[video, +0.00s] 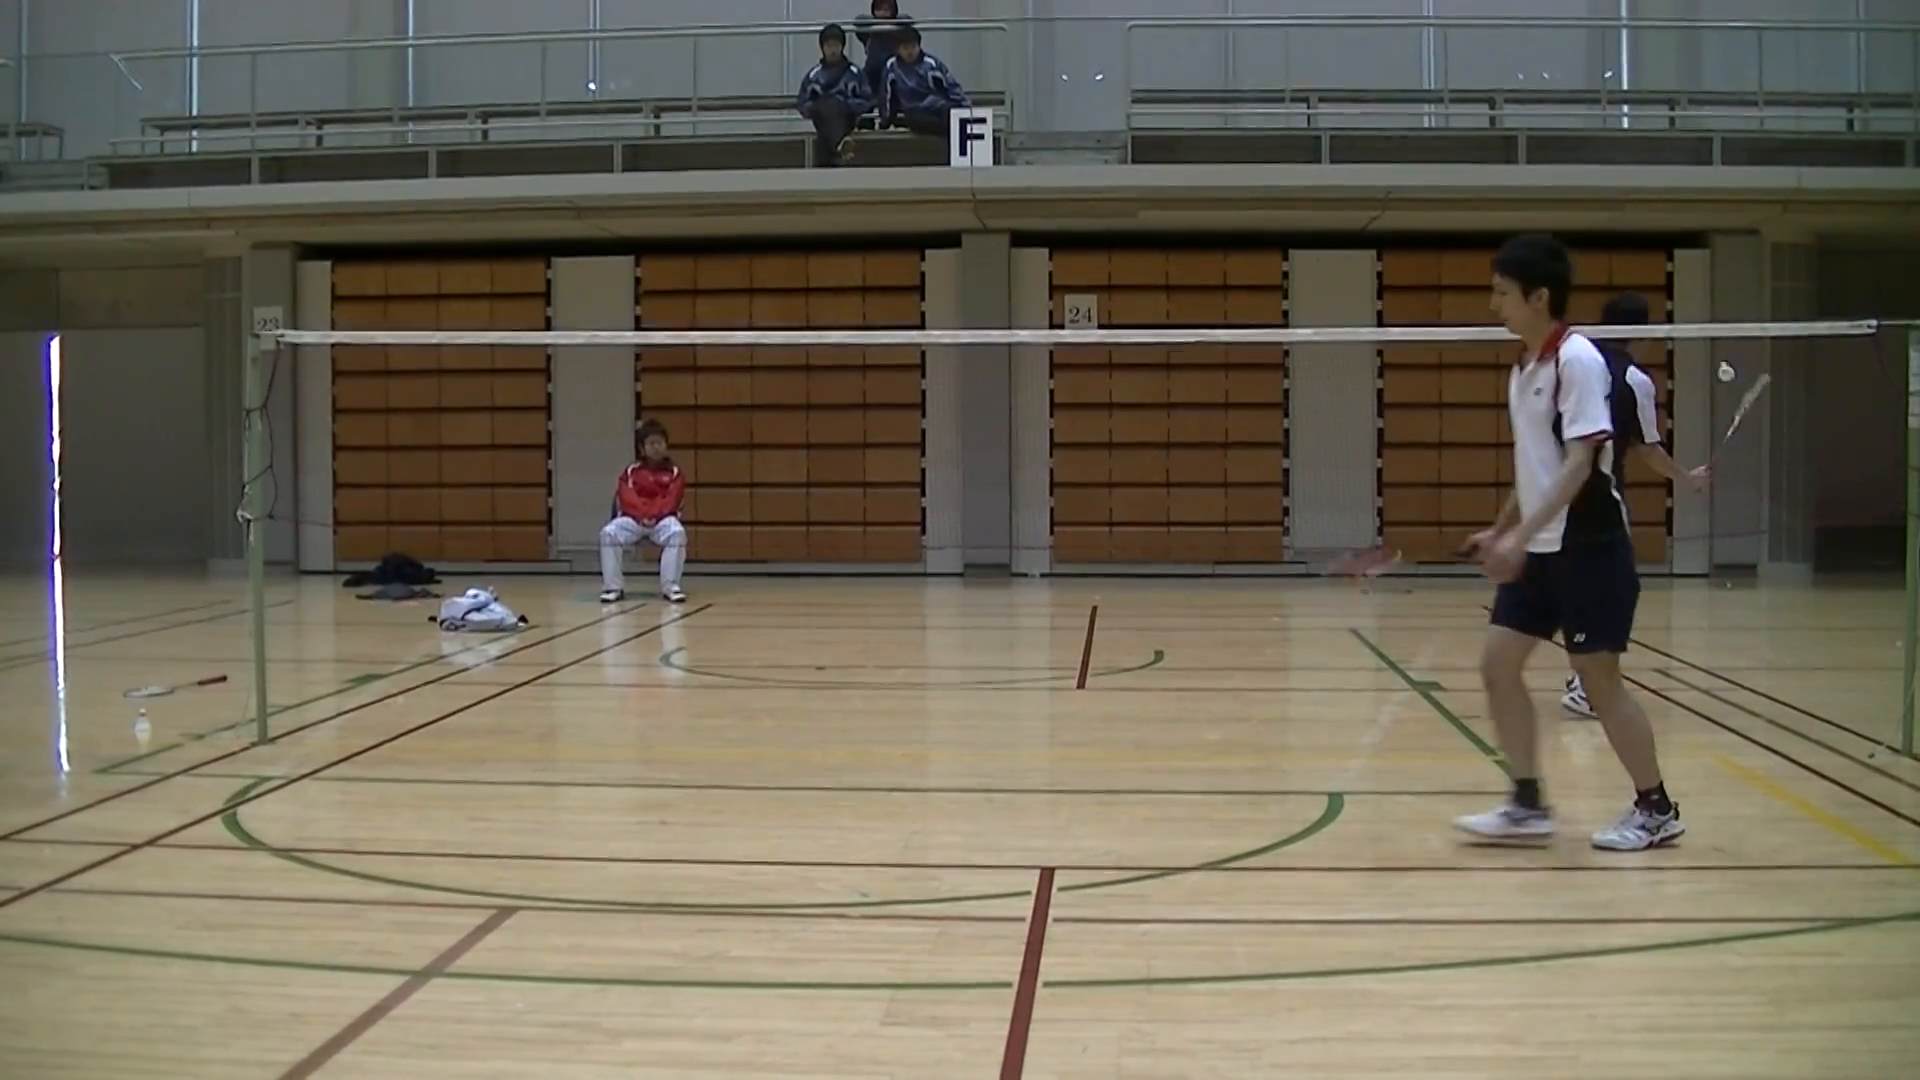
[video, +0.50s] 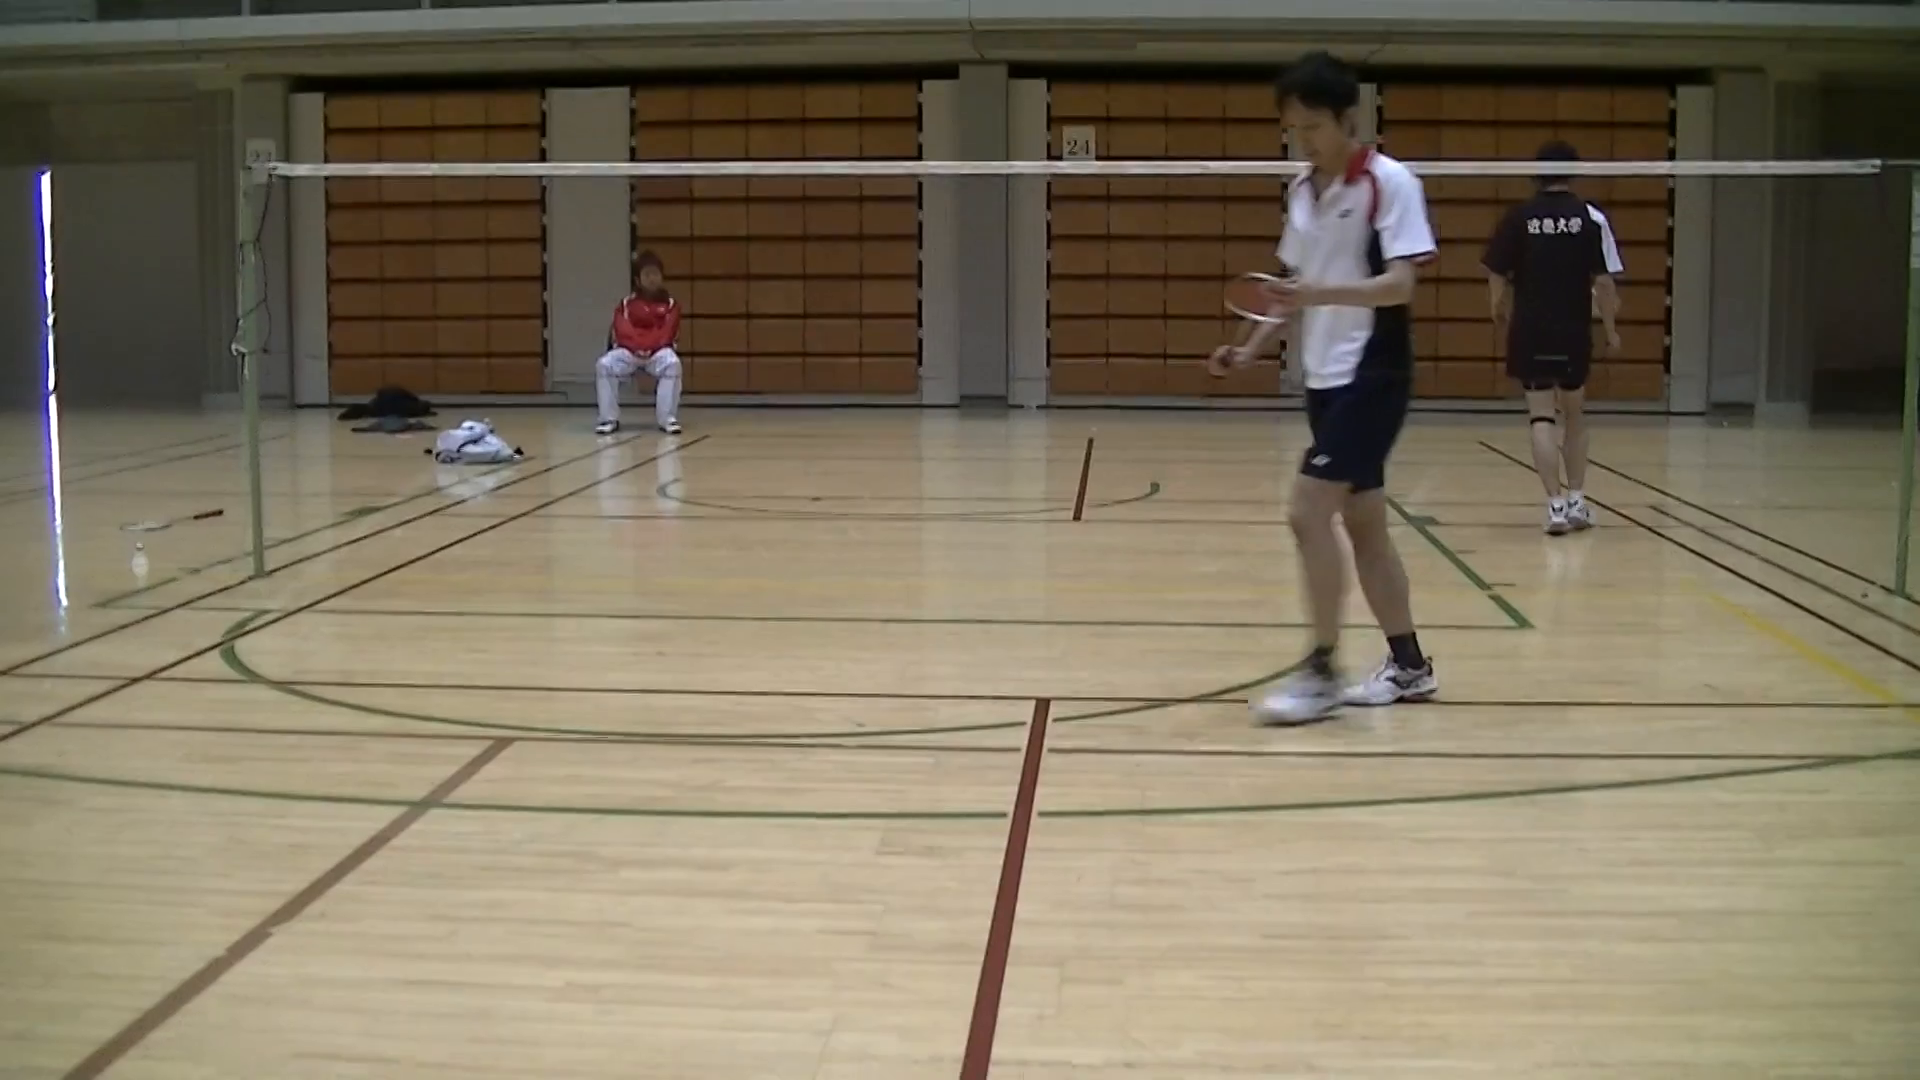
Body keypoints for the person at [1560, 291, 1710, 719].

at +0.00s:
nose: (1649, 338)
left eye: (1646, 331)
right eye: (1647, 331)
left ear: (1604, 325)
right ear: (1639, 334)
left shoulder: (1576, 364)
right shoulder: (1636, 380)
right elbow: (1646, 449)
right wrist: (1684, 475)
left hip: (1570, 493)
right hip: (1605, 496)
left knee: (1584, 583)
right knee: (1613, 584)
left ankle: (1582, 678)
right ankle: (1585, 682)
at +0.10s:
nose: (1633, 342)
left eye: (1631, 335)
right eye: (1631, 336)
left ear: (1589, 333)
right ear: (1624, 338)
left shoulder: (1564, 371)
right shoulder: (1628, 383)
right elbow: (1653, 451)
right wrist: (1683, 472)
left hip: (1557, 496)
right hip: (1599, 500)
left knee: (1565, 583)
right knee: (1598, 587)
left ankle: (1567, 673)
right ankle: (1579, 678)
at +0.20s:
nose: (1614, 340)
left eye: (1611, 334)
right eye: (1613, 335)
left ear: (1573, 332)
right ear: (1609, 337)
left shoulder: (1545, 372)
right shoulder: (1618, 380)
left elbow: (1527, 434)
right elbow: (1644, 445)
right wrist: (1668, 471)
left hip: (1546, 488)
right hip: (1591, 490)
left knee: (1550, 576)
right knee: (1603, 576)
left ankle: (1543, 662)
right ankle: (1592, 668)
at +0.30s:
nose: (1605, 338)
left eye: (1602, 331)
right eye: (1602, 332)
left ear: (1561, 332)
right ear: (1594, 334)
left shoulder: (1534, 373)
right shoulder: (1606, 376)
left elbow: (1511, 427)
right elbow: (1629, 442)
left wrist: (1513, 473)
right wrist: (1648, 481)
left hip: (1540, 488)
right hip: (1585, 489)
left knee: (1551, 578)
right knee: (1603, 572)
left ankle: (1560, 668)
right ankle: (1596, 642)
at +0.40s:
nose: (1573, 260)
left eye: (1564, 250)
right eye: (1576, 252)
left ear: (1550, 256)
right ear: (1583, 256)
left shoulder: (1525, 300)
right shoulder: (1595, 297)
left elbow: (1504, 353)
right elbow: (1619, 356)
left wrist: (1502, 400)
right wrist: (1622, 404)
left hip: (1538, 414)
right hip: (1582, 414)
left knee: (1544, 505)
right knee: (1588, 493)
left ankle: (1556, 589)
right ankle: (1589, 565)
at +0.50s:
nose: (1573, 179)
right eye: (1573, 172)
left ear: (1537, 175)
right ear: (1573, 175)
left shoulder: (1518, 217)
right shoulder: (1590, 218)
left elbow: (1498, 278)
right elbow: (1603, 281)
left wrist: (1500, 317)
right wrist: (1610, 326)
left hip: (1530, 329)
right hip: (1574, 329)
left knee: (1542, 419)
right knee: (1573, 415)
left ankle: (1556, 506)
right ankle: (1575, 501)